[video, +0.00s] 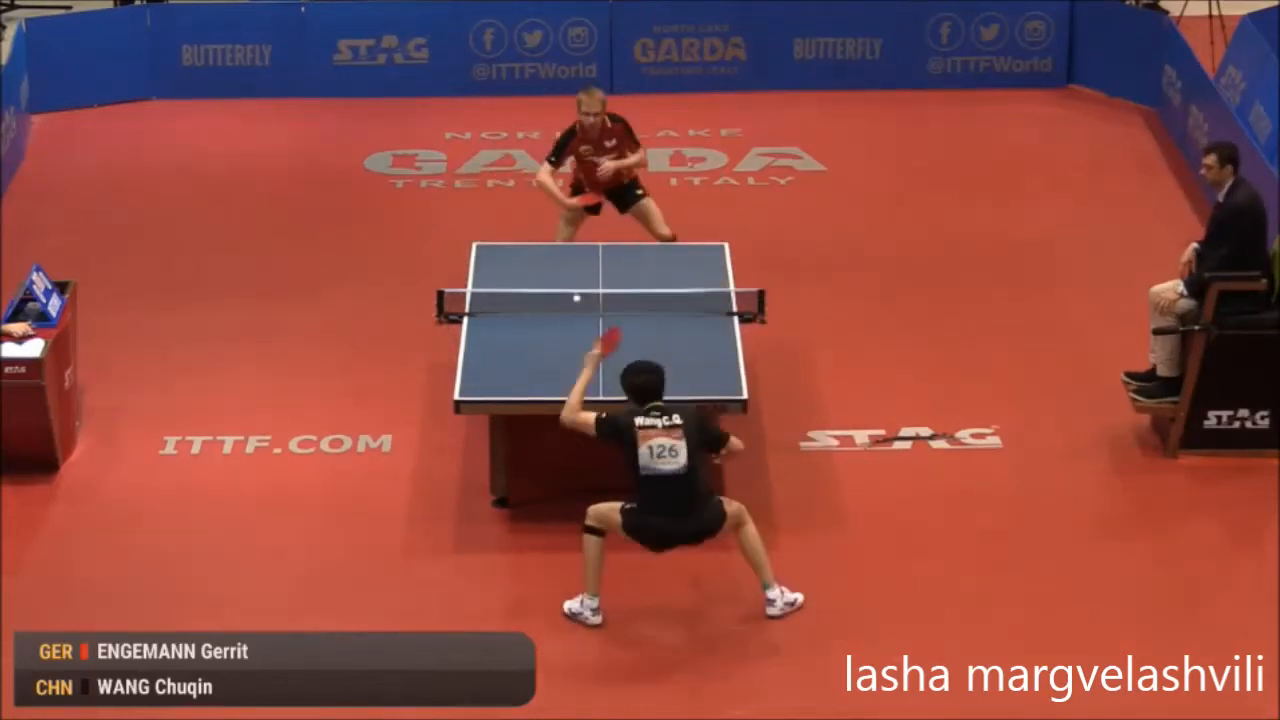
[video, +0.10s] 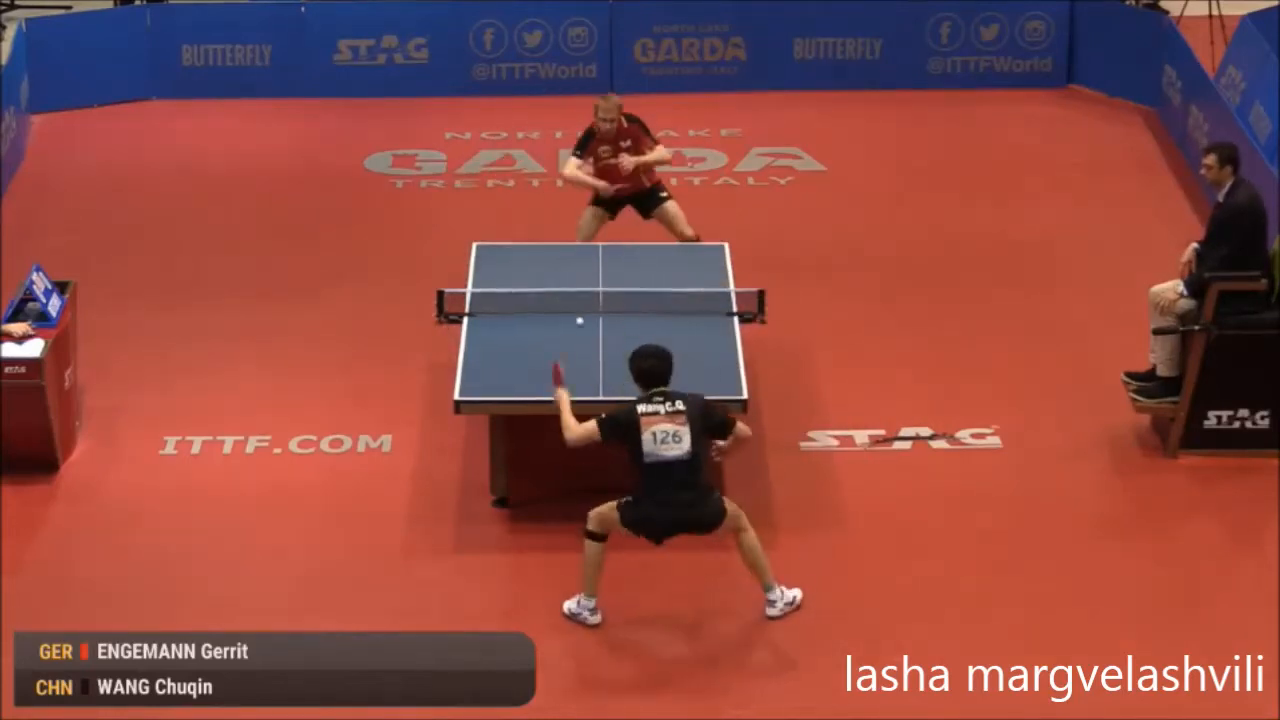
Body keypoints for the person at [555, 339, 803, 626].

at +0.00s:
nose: (629, 393)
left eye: (628, 388)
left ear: (630, 395)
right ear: (662, 390)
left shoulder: (624, 424)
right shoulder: (691, 418)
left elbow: (569, 417)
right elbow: (737, 446)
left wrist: (588, 368)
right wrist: (719, 452)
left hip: (652, 527)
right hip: (699, 521)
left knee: (595, 516)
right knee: (739, 515)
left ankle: (589, 604)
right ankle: (774, 593)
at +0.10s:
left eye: (636, 373)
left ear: (635, 378)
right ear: (670, 374)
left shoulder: (628, 416)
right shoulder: (696, 405)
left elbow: (573, 436)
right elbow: (744, 433)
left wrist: (562, 397)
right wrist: (726, 448)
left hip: (652, 513)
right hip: (700, 508)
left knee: (598, 520)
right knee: (739, 523)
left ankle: (587, 604)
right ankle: (774, 595)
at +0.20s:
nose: (647, 356)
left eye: (642, 352)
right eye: (657, 351)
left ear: (638, 360)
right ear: (672, 357)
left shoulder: (628, 400)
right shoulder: (699, 389)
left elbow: (600, 459)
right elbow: (739, 431)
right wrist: (724, 454)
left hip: (653, 500)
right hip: (700, 497)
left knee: (596, 538)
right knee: (742, 535)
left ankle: (580, 629)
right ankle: (779, 606)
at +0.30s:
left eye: (647, 371)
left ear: (643, 376)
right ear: (679, 374)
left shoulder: (635, 418)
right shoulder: (699, 412)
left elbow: (629, 482)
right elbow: (721, 463)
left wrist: (603, 494)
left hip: (649, 518)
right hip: (698, 512)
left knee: (599, 584)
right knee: (746, 552)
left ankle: (596, 668)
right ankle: (779, 628)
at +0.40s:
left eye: (658, 385)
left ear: (655, 391)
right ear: (690, 390)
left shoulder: (642, 436)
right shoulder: (707, 429)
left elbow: (636, 496)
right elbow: (725, 481)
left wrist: (619, 515)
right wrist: (725, 504)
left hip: (653, 534)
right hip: (703, 533)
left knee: (599, 587)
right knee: (749, 579)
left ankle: (597, 673)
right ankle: (777, 648)